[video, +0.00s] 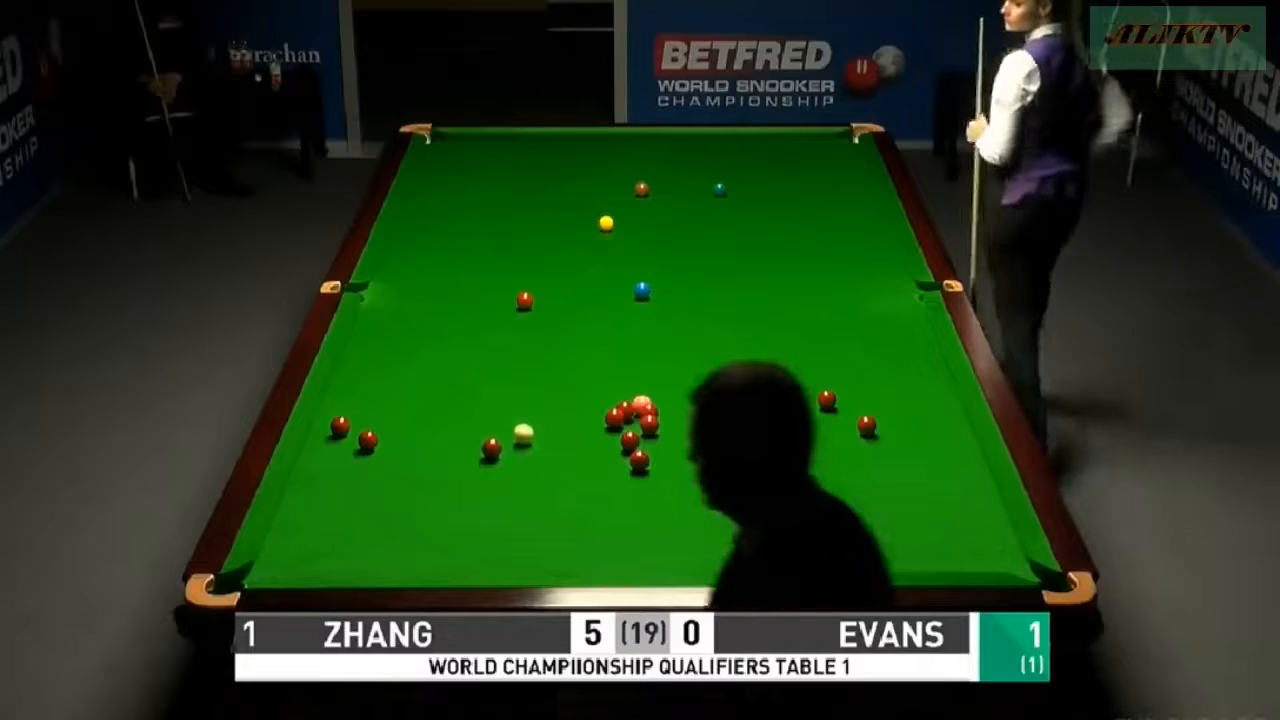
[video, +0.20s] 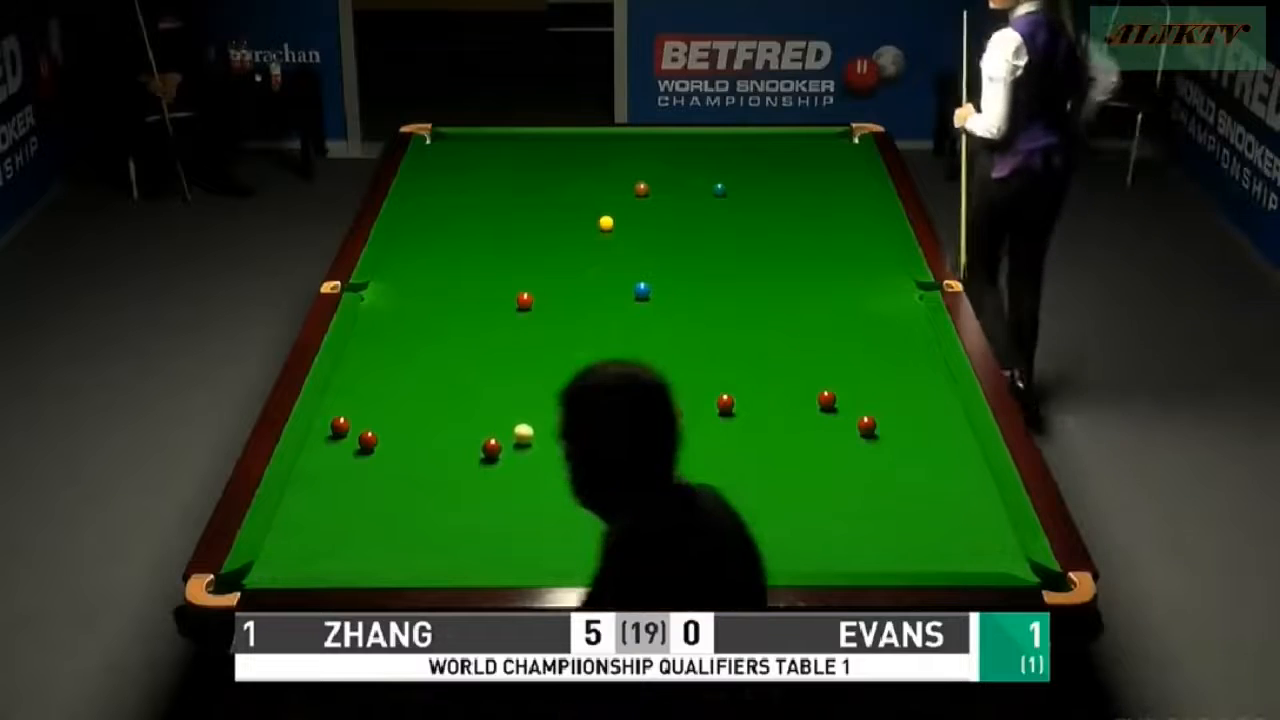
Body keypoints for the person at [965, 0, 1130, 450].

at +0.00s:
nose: (1005, 8)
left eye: (1014, 2)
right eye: (1006, 1)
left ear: (1041, 8)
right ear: (1045, 10)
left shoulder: (1019, 64)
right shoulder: (1077, 58)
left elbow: (999, 149)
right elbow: (1118, 117)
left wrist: (980, 132)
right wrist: (1076, 149)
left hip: (1024, 203)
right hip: (1065, 197)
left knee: (1015, 314)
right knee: (1030, 299)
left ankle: (1029, 439)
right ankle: (1017, 399)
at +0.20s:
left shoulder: (1005, 42)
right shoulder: (1063, 34)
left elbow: (994, 127)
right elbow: (1108, 75)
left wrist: (967, 119)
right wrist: (1072, 117)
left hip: (1009, 174)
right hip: (1053, 173)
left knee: (979, 271)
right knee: (1027, 271)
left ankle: (1010, 368)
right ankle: (1023, 384)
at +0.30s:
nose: (976, 1)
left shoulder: (994, 34)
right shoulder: (1051, 27)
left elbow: (985, 117)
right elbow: (1066, 95)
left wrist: (958, 112)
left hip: (992, 167)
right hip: (1039, 164)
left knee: (969, 263)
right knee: (1022, 266)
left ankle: (978, 369)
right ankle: (1014, 377)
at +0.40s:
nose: (965, 1)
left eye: (969, 1)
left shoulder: (984, 33)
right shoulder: (1039, 28)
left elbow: (976, 115)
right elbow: (1045, 102)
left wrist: (949, 108)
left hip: (982, 166)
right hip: (1031, 164)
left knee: (963, 265)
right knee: (1017, 272)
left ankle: (953, 370)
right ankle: (1012, 382)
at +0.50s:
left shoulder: (966, 34)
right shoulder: (1017, 28)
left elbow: (958, 115)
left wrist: (933, 104)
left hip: (971, 162)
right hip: (1016, 160)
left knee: (949, 264)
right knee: (1006, 270)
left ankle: (938, 368)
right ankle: (1008, 382)